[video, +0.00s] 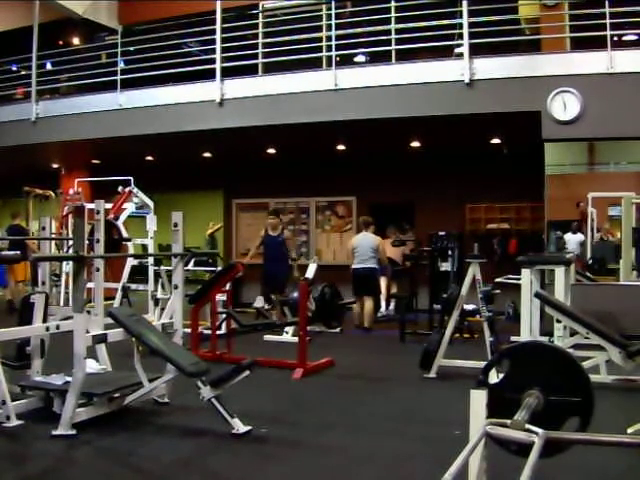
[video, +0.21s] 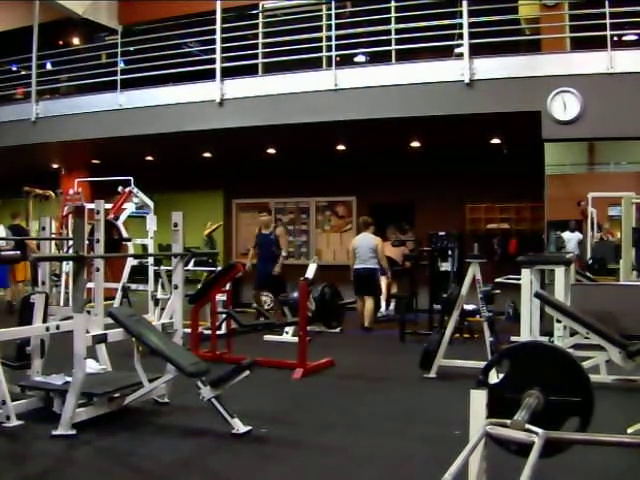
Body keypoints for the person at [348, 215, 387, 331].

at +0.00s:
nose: (373, 228)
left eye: (372, 226)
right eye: (373, 226)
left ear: (361, 226)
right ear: (371, 227)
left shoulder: (354, 240)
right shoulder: (377, 240)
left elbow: (350, 256)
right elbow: (382, 257)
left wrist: (354, 263)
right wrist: (385, 266)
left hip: (357, 268)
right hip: (371, 268)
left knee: (358, 298)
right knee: (369, 297)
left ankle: (357, 322)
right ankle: (367, 324)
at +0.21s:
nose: (373, 228)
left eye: (372, 226)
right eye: (372, 227)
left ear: (361, 227)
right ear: (371, 227)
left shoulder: (354, 240)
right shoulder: (377, 240)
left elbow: (351, 258)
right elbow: (381, 257)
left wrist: (352, 269)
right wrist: (387, 270)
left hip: (358, 269)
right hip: (371, 269)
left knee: (360, 297)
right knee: (369, 297)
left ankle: (362, 322)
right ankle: (367, 323)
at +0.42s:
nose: (373, 228)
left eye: (372, 226)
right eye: (372, 227)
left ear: (361, 227)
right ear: (370, 227)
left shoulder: (354, 241)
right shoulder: (375, 240)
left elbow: (352, 258)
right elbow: (379, 257)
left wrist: (351, 272)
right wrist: (385, 271)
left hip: (358, 269)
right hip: (371, 269)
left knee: (360, 297)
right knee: (369, 296)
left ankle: (363, 321)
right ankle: (367, 322)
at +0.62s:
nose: (373, 228)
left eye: (372, 226)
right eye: (372, 226)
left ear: (361, 227)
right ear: (370, 227)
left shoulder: (355, 240)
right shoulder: (374, 239)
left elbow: (352, 256)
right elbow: (377, 257)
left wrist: (353, 266)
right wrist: (383, 271)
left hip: (357, 268)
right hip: (370, 268)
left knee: (361, 296)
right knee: (372, 295)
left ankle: (363, 321)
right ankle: (370, 318)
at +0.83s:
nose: (376, 230)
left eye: (376, 228)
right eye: (375, 228)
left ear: (364, 228)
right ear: (372, 228)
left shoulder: (356, 240)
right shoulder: (374, 240)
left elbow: (353, 255)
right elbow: (377, 257)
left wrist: (355, 264)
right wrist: (383, 270)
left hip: (358, 267)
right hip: (371, 267)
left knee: (362, 295)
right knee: (379, 293)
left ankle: (364, 321)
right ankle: (380, 318)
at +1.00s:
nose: (380, 233)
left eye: (379, 231)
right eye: (379, 231)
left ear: (370, 229)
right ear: (377, 230)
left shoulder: (359, 239)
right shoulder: (378, 240)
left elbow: (353, 255)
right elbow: (380, 257)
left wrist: (355, 264)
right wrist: (385, 272)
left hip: (359, 268)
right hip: (373, 267)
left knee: (363, 295)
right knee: (380, 293)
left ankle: (364, 321)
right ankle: (384, 315)